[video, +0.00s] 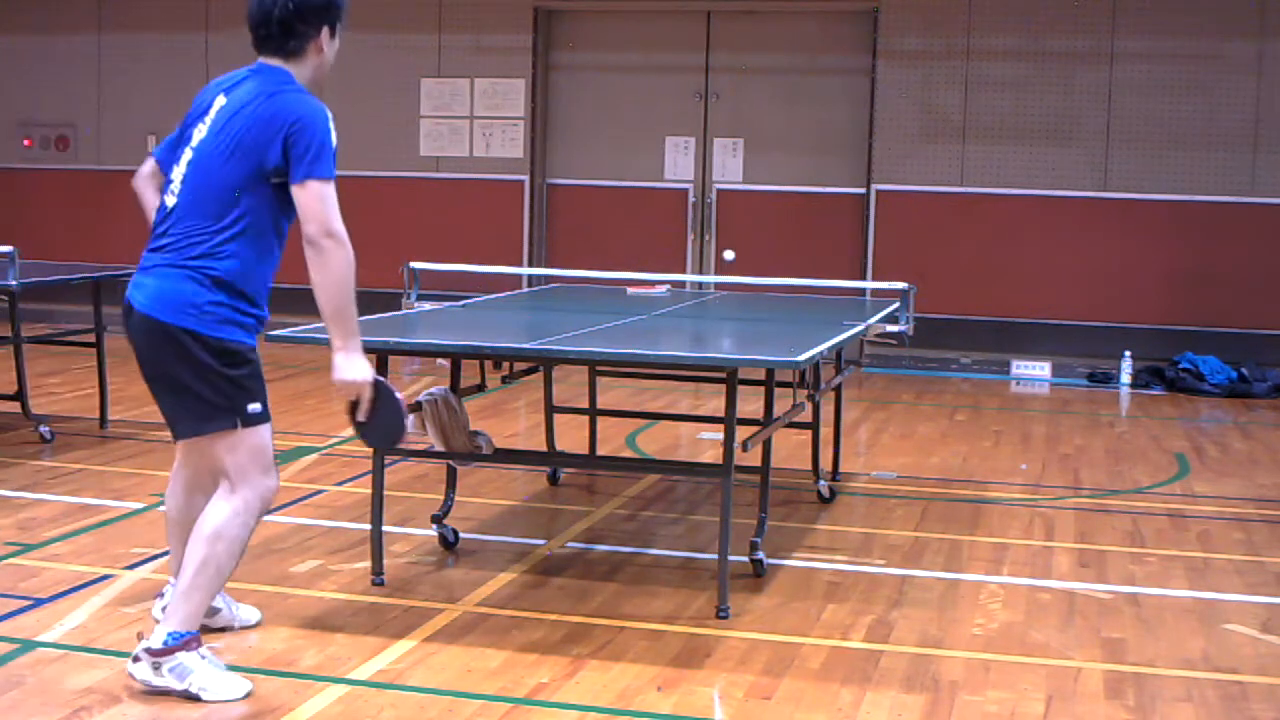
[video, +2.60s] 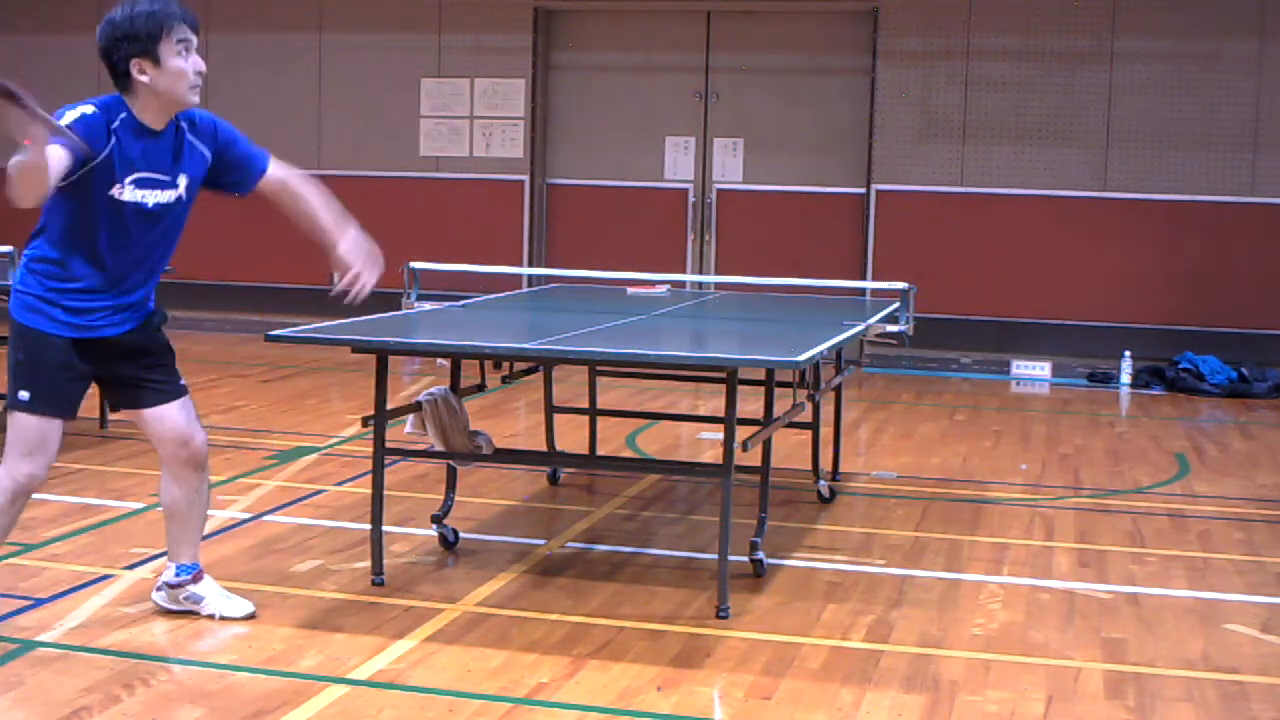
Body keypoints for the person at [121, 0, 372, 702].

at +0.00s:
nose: (336, 48)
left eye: (336, 35)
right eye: (337, 35)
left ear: (265, 30)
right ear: (323, 37)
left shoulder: (222, 89)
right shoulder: (304, 113)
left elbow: (148, 179)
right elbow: (323, 234)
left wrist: (186, 255)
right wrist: (347, 351)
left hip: (156, 300)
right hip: (204, 314)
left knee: (200, 458)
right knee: (253, 484)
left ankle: (188, 595)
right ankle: (169, 645)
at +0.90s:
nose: (336, 99)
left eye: (342, 86)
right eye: (340, 84)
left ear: (294, 65)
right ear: (319, 73)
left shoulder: (250, 115)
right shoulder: (256, 121)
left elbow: (227, 230)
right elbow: (240, 238)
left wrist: (286, 257)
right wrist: (315, 289)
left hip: (209, 315)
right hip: (166, 312)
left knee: (220, 454)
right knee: (184, 464)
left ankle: (183, 582)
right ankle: (166, 638)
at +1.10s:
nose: (334, 93)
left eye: (339, 79)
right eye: (333, 76)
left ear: (300, 68)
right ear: (297, 64)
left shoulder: (268, 134)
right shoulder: (229, 109)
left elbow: (264, 226)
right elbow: (200, 215)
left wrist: (335, 235)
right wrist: (292, 251)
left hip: (202, 302)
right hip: (141, 293)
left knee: (211, 447)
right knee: (141, 445)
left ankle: (183, 582)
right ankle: (76, 606)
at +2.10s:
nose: (265, 78)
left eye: (265, 64)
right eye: (253, 63)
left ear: (221, 72)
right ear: (208, 70)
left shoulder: (246, 133)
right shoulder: (150, 126)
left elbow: (315, 189)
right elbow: (178, 231)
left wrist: (388, 173)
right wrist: (270, 201)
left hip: (152, 304)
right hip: (80, 297)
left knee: (190, 434)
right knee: (35, 448)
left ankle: (180, 578)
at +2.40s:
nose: (208, 50)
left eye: (204, 38)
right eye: (192, 38)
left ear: (172, 56)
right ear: (149, 55)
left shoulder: (205, 116)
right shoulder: (99, 119)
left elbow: (300, 140)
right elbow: (73, 217)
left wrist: (383, 156)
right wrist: (178, 235)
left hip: (133, 305)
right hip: (56, 305)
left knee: (180, 439)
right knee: (19, 462)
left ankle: (181, 578)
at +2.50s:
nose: (202, 52)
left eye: (198, 39)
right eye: (185, 40)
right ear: (142, 59)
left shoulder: (206, 122)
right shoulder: (92, 121)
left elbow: (302, 150)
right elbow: (21, 190)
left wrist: (381, 177)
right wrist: (107, 208)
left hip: (131, 310)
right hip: (51, 310)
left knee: (180, 440)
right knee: (17, 467)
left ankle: (180, 578)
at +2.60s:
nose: (200, 65)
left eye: (198, 50)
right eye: (183, 51)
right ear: (138, 68)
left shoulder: (204, 135)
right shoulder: (93, 125)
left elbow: (286, 183)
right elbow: (24, 195)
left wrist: (348, 236)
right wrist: (32, 152)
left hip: (130, 316)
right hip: (48, 313)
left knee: (187, 447)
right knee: (23, 470)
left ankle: (183, 577)